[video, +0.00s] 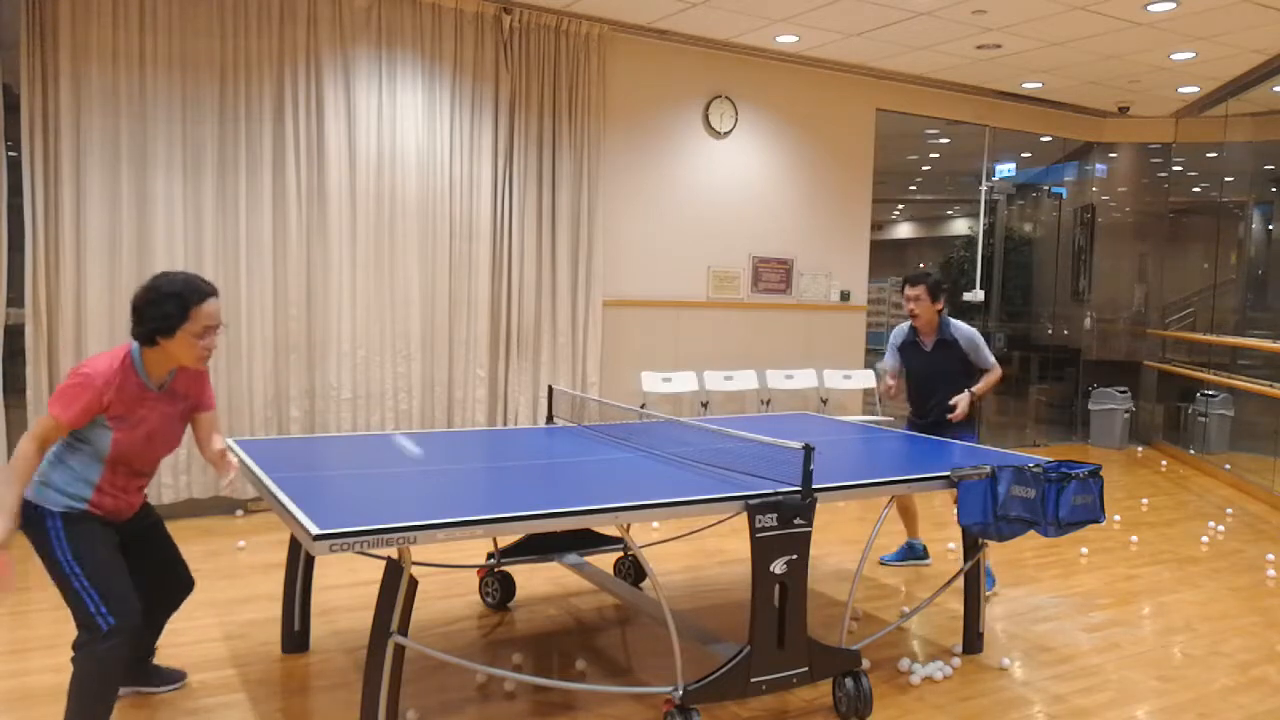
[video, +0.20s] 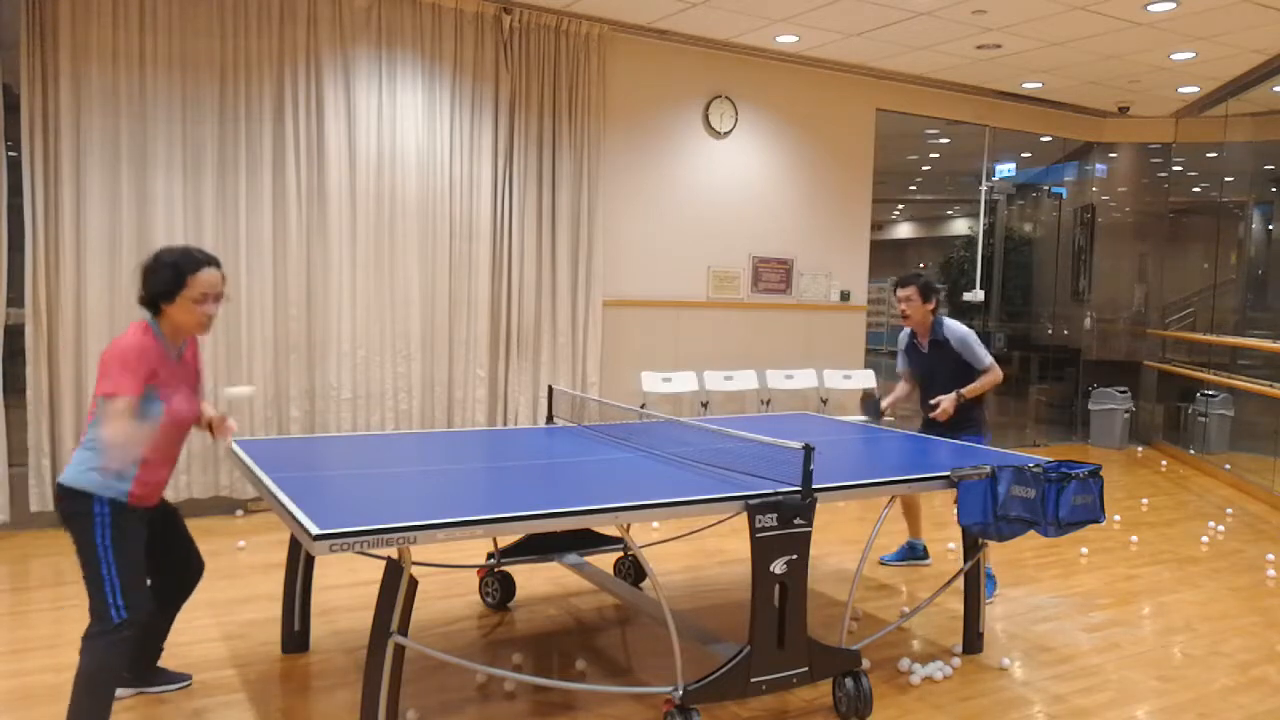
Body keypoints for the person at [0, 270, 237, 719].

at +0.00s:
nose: (214, 343)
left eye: (216, 331)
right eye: (205, 334)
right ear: (162, 334)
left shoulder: (193, 374)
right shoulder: (101, 377)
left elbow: (208, 432)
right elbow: (35, 441)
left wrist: (222, 456)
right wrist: (7, 518)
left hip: (123, 505)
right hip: (62, 508)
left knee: (170, 583)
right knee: (113, 627)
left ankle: (132, 667)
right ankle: (85, 714)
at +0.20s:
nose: (212, 312)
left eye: (217, 300)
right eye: (202, 300)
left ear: (219, 300)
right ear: (166, 300)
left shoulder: (187, 346)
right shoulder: (131, 349)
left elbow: (180, 406)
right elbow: (114, 435)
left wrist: (208, 419)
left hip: (141, 496)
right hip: (97, 496)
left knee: (183, 569)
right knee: (120, 619)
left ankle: (136, 669)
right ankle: (85, 713)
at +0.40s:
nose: (210, 268)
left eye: (209, 259)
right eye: (201, 260)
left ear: (172, 267)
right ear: (167, 266)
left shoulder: (166, 310)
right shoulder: (148, 303)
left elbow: (157, 390)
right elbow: (217, 342)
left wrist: (211, 380)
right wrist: (248, 283)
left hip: (149, 467)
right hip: (126, 468)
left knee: (169, 565)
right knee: (131, 595)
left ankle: (137, 669)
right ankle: (101, 711)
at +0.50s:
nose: (207, 264)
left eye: (205, 254)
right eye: (197, 255)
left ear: (168, 262)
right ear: (165, 262)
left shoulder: (159, 308)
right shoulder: (146, 302)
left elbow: (158, 389)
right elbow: (217, 343)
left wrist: (212, 377)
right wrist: (258, 288)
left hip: (148, 464)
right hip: (132, 465)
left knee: (165, 568)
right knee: (150, 588)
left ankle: (136, 667)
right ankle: (128, 705)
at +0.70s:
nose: (210, 269)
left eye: (207, 258)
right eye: (200, 261)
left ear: (169, 273)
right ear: (167, 273)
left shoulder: (170, 320)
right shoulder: (136, 318)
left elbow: (168, 389)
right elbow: (141, 399)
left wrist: (216, 388)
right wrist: (217, 382)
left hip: (150, 480)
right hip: (119, 482)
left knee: (177, 565)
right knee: (153, 602)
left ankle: (135, 667)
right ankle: (124, 708)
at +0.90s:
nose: (230, 327)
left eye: (229, 315)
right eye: (221, 317)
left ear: (194, 326)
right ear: (185, 325)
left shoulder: (202, 365)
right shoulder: (125, 368)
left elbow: (221, 429)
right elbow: (62, 427)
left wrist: (223, 420)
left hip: (147, 510)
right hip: (97, 512)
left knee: (192, 579)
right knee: (155, 615)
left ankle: (132, 673)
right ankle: (126, 707)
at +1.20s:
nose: (217, 314)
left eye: (218, 305)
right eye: (210, 305)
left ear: (180, 307)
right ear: (177, 307)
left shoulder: (163, 350)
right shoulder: (142, 338)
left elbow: (155, 422)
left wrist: (200, 401)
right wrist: (244, 328)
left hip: (125, 502)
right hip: (91, 506)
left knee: (180, 571)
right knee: (167, 616)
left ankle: (132, 675)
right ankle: (133, 709)